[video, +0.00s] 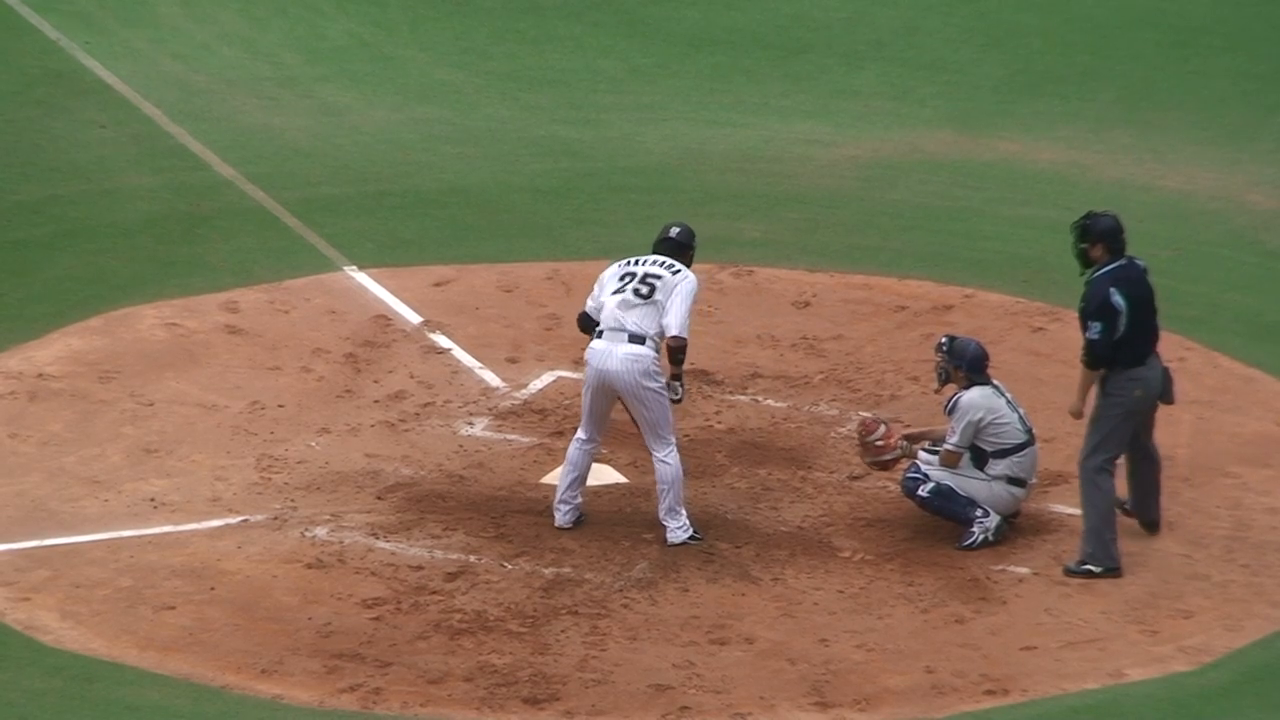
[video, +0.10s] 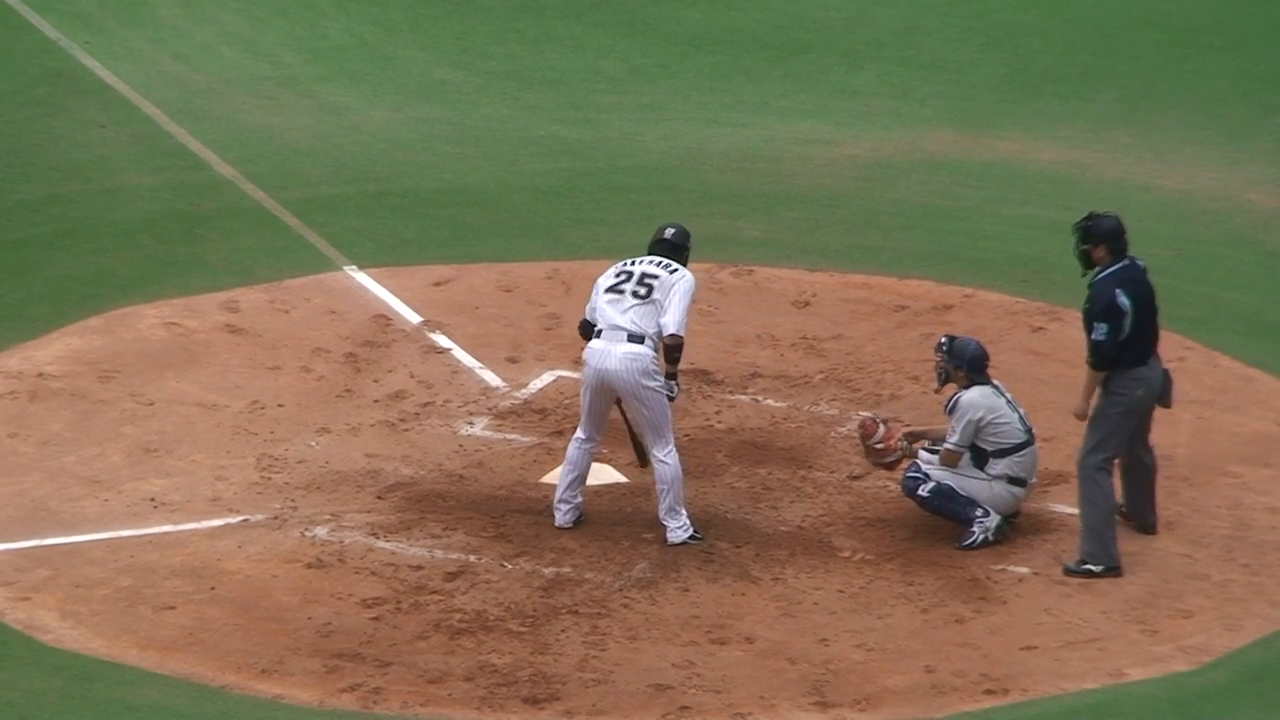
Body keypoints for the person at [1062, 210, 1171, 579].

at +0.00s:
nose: (1082, 249)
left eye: (1086, 244)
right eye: (1082, 242)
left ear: (1100, 248)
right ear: (1112, 245)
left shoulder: (1100, 289)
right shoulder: (1136, 269)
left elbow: (1094, 354)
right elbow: (1144, 326)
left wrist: (1079, 398)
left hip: (1124, 383)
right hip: (1150, 373)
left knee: (1094, 463)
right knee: (1140, 444)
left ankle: (1101, 557)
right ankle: (1146, 510)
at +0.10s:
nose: (1083, 250)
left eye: (1088, 245)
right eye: (1084, 244)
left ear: (1101, 250)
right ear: (1113, 246)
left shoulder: (1103, 290)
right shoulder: (1136, 269)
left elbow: (1099, 357)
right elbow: (1146, 328)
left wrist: (1084, 400)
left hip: (1125, 383)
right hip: (1150, 374)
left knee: (1093, 462)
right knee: (1136, 446)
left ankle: (1100, 557)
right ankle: (1142, 514)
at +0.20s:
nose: (1086, 250)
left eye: (1090, 245)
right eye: (1087, 243)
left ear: (1103, 249)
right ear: (1116, 246)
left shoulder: (1108, 290)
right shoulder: (1136, 270)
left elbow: (1108, 359)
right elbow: (1145, 329)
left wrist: (1094, 401)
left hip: (1127, 382)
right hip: (1149, 373)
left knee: (1095, 460)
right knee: (1131, 442)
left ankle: (1100, 557)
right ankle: (1140, 515)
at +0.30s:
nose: (1087, 245)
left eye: (1092, 240)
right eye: (1088, 239)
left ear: (1105, 245)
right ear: (1117, 242)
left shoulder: (1111, 284)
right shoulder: (1136, 265)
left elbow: (1113, 350)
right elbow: (1145, 325)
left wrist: (1102, 395)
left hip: (1130, 376)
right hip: (1149, 367)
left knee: (1102, 457)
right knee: (1128, 438)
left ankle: (1100, 555)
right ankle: (1142, 514)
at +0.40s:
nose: (1088, 241)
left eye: (1093, 236)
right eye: (1089, 235)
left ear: (1107, 241)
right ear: (1118, 238)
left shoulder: (1111, 278)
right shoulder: (1138, 261)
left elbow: (1111, 347)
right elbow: (1147, 323)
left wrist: (1099, 392)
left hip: (1129, 373)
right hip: (1148, 365)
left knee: (1105, 454)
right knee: (1128, 437)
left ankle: (1102, 553)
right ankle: (1140, 513)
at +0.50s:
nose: (1088, 239)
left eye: (1093, 234)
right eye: (1089, 233)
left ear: (1107, 239)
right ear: (1119, 236)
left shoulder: (1110, 277)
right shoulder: (1137, 261)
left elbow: (1107, 345)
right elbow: (1144, 322)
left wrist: (1095, 390)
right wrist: (1149, 364)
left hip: (1125, 372)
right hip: (1145, 364)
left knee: (1103, 455)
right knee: (1127, 437)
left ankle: (1104, 554)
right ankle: (1140, 513)